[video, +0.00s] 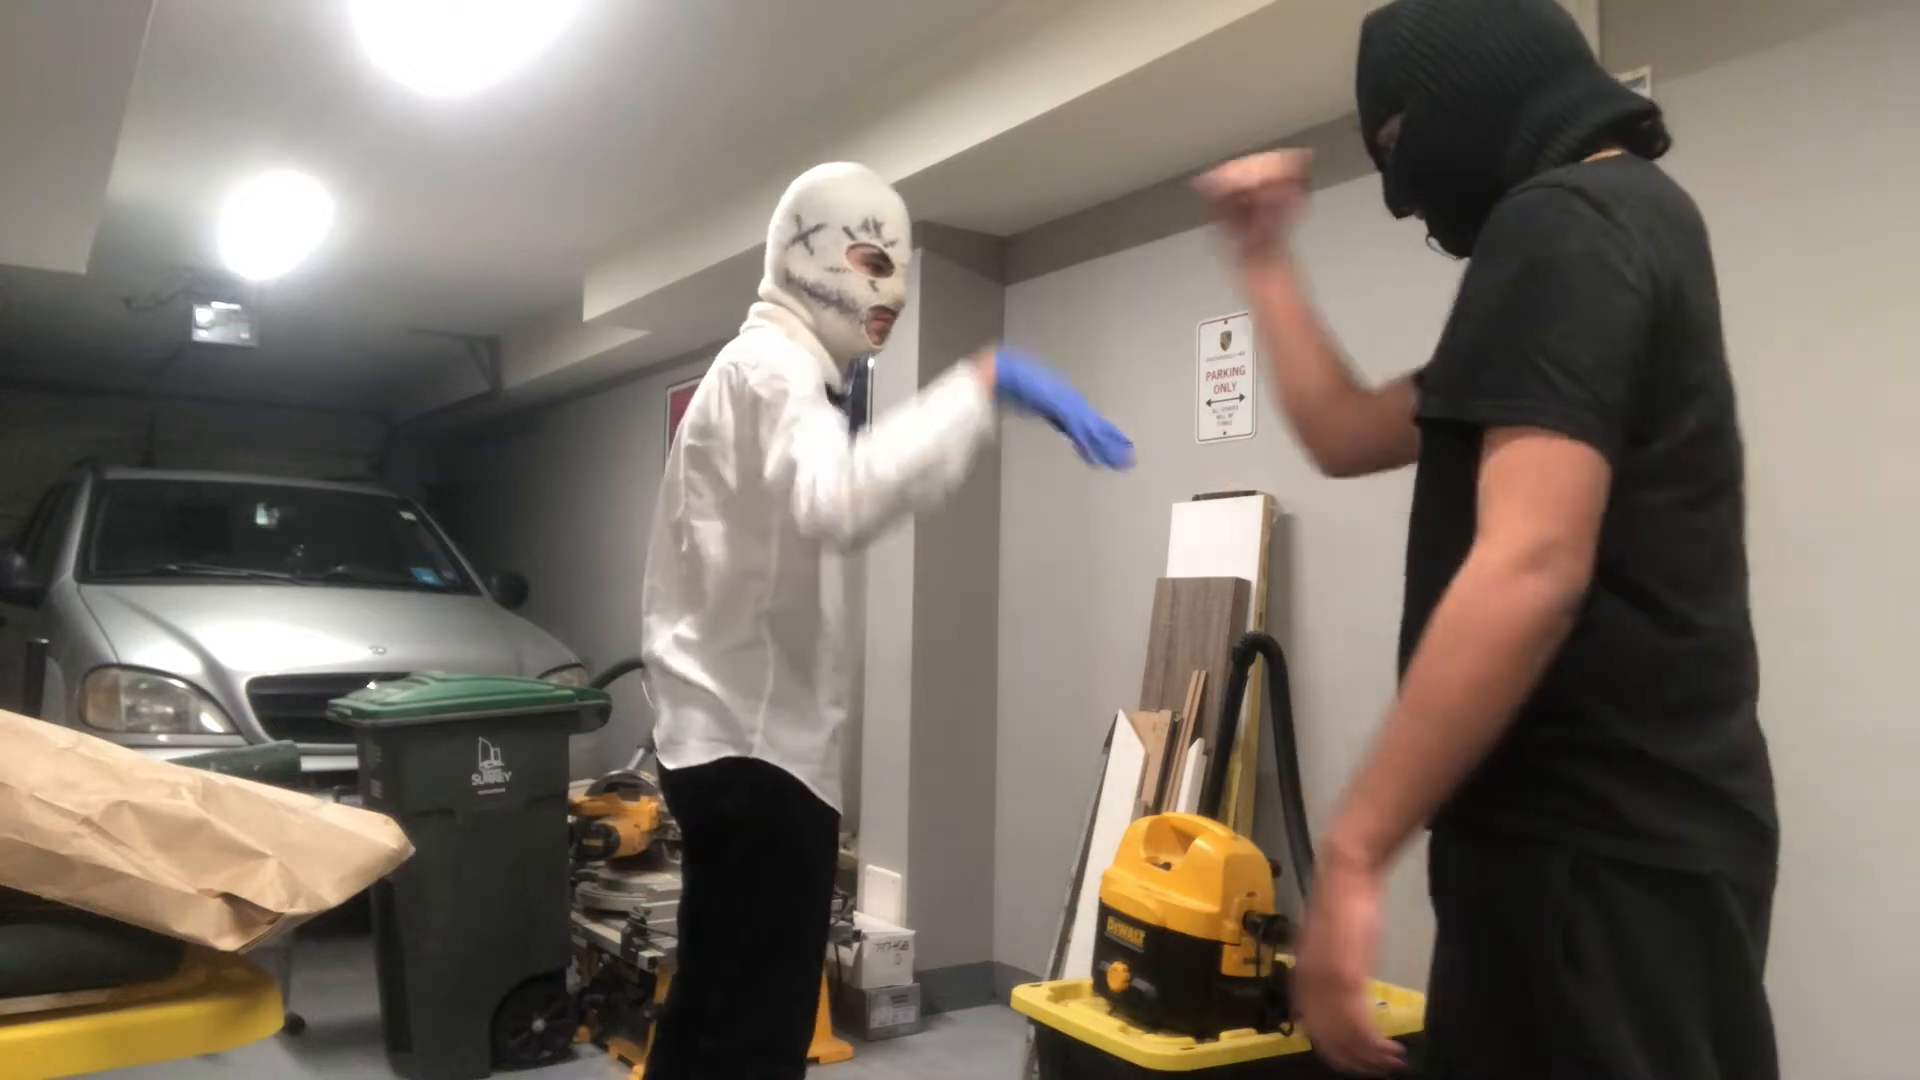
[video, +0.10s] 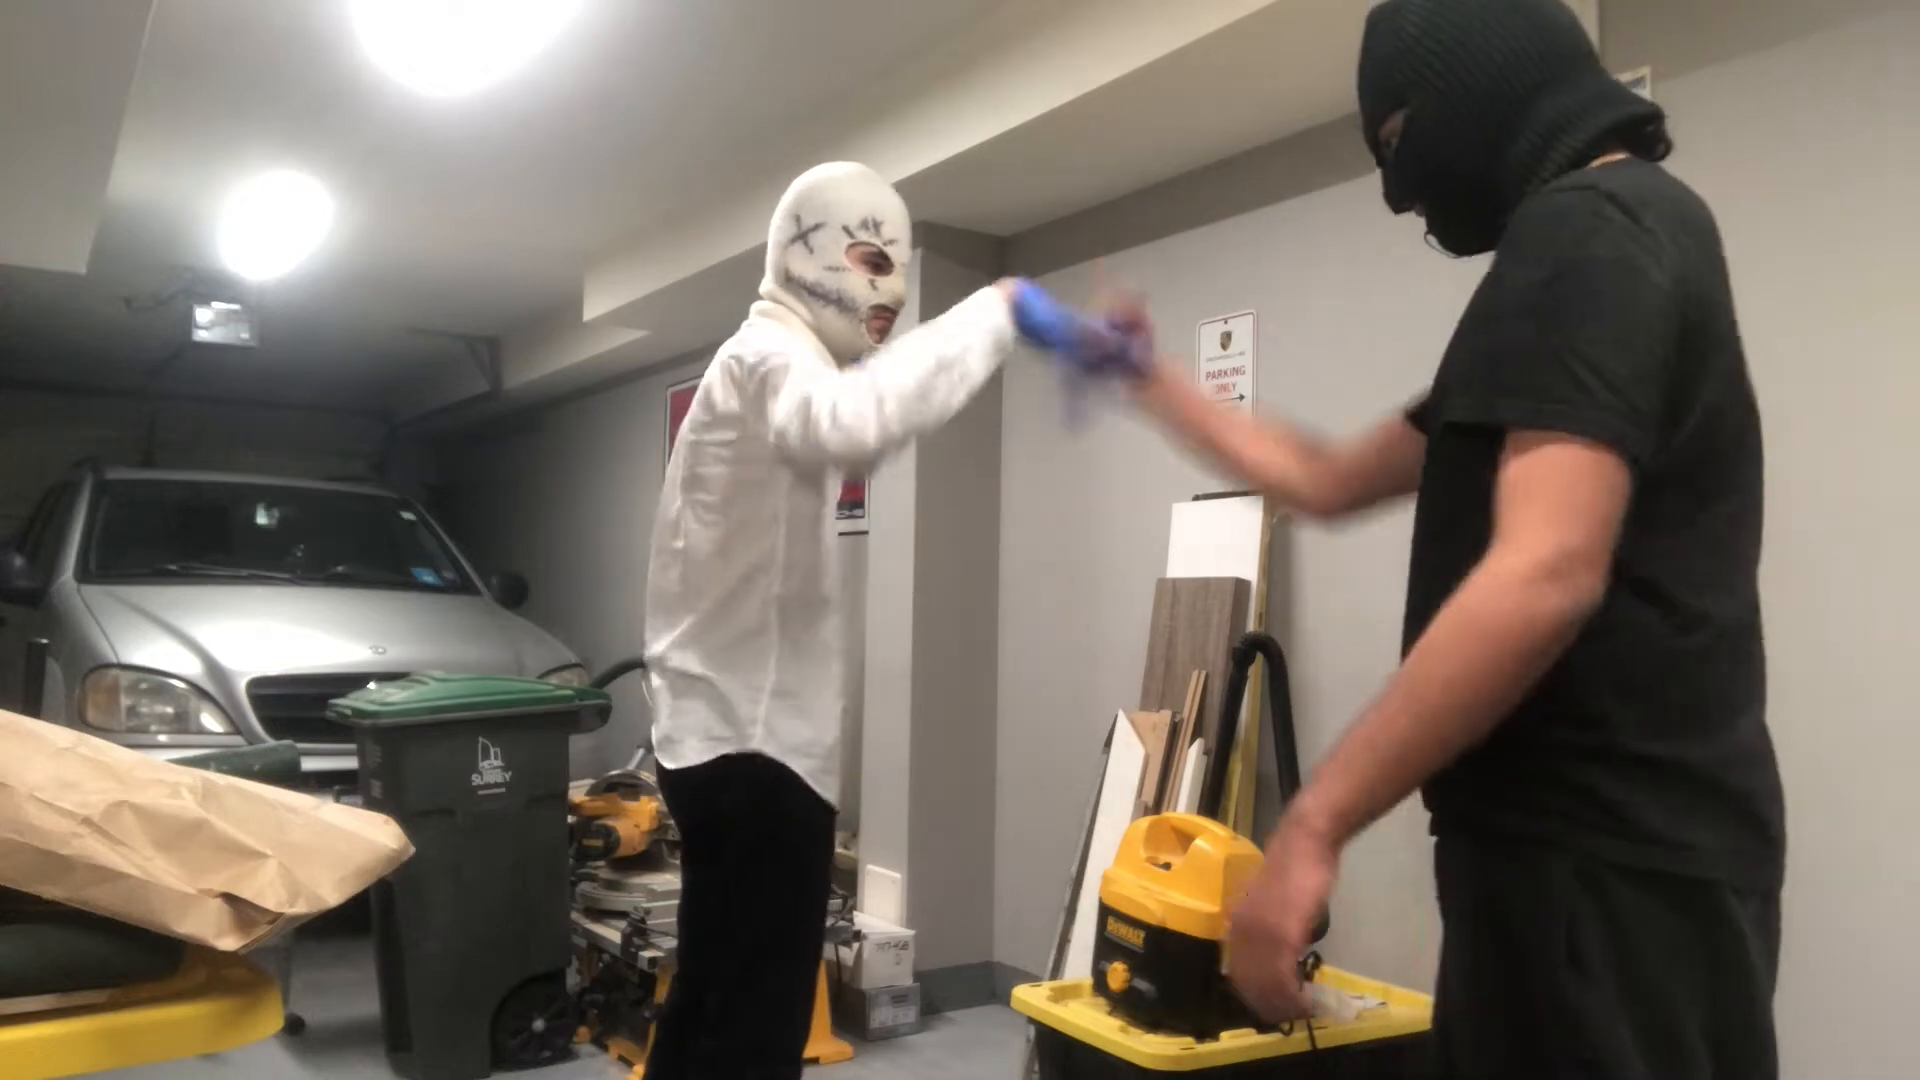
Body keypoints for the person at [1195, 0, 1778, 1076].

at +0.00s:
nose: (1395, 193)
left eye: (1390, 145)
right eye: (1381, 159)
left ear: (1457, 98)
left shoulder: (1566, 224)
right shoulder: (1611, 226)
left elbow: (1532, 564)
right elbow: (1346, 432)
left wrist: (1354, 853)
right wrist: (1259, 254)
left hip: (1583, 867)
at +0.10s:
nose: (1395, 188)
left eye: (1395, 138)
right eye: (1382, 154)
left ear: (1466, 91)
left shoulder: (1593, 225)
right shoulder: (1583, 248)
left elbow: (1546, 572)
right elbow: (1326, 480)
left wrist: (1314, 826)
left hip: (1602, 876)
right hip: (1559, 868)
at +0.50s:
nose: (1383, 174)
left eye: (1385, 125)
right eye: (1375, 138)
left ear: (1454, 90)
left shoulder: (1609, 227)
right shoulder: (1549, 268)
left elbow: (1638, 579)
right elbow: (1323, 400)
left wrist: (1415, 841)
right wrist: (1157, 317)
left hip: (1601, 886)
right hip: (1537, 878)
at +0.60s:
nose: (1385, 177)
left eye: (1382, 127)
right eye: (1373, 142)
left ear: (1440, 88)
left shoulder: (1603, 234)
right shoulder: (1537, 264)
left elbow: (1662, 583)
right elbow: (1312, 348)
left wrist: (1434, 850)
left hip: (1607, 867)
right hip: (1536, 861)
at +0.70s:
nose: (1383, 170)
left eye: (1383, 122)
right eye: (1374, 133)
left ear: (1453, 87)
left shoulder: (1610, 235)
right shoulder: (1543, 268)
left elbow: (1666, 588)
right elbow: (1299, 384)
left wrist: (1447, 866)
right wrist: (1209, 198)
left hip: (1605, 880)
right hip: (1537, 880)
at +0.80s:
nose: (1392, 175)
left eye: (1393, 123)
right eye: (1384, 135)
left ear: (1468, 83)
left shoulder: (1616, 235)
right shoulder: (1555, 260)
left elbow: (1665, 588)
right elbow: (1335, 456)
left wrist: (1446, 858)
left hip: (1599, 871)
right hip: (1533, 866)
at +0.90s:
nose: (1391, 164)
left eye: (1395, 115)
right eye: (1384, 129)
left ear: (1474, 75)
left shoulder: (1622, 229)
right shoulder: (1547, 264)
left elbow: (1668, 584)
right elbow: (1343, 481)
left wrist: (1441, 854)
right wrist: (1123, 549)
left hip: (1599, 870)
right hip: (1525, 866)